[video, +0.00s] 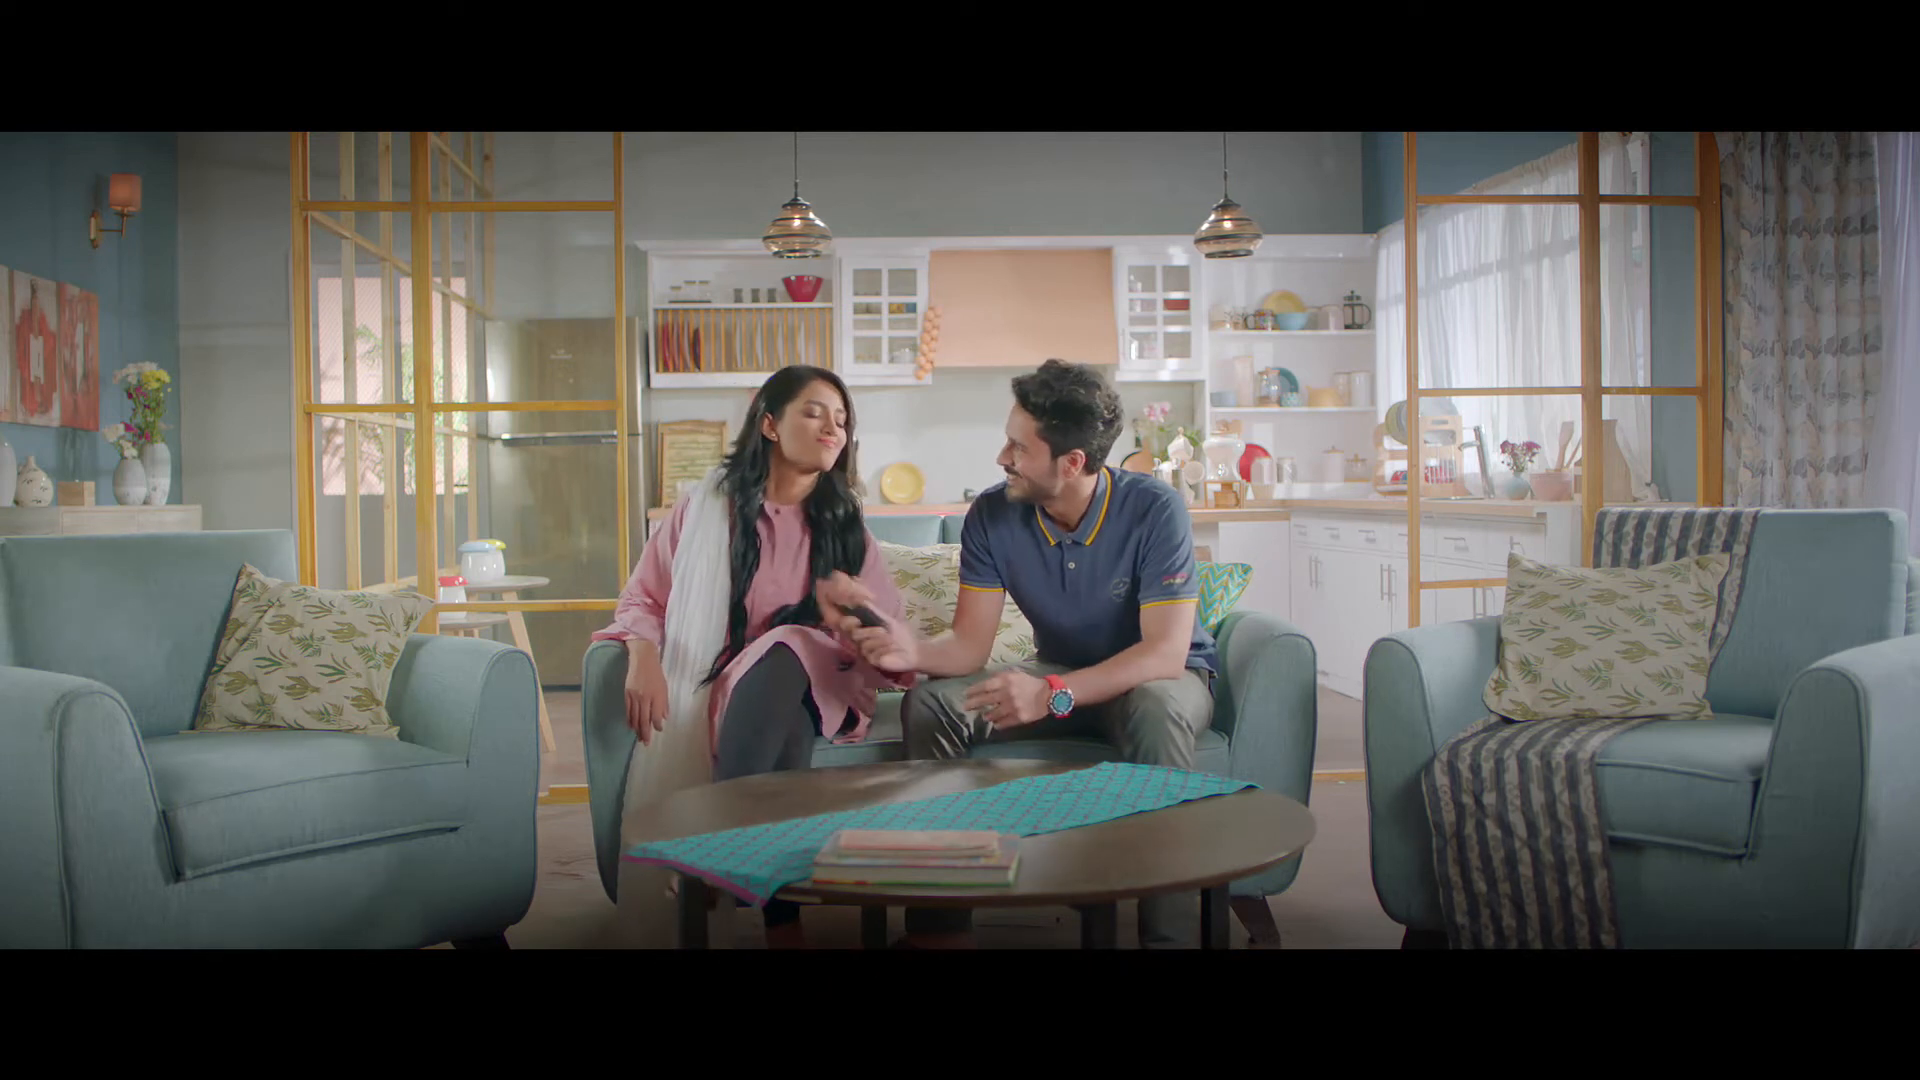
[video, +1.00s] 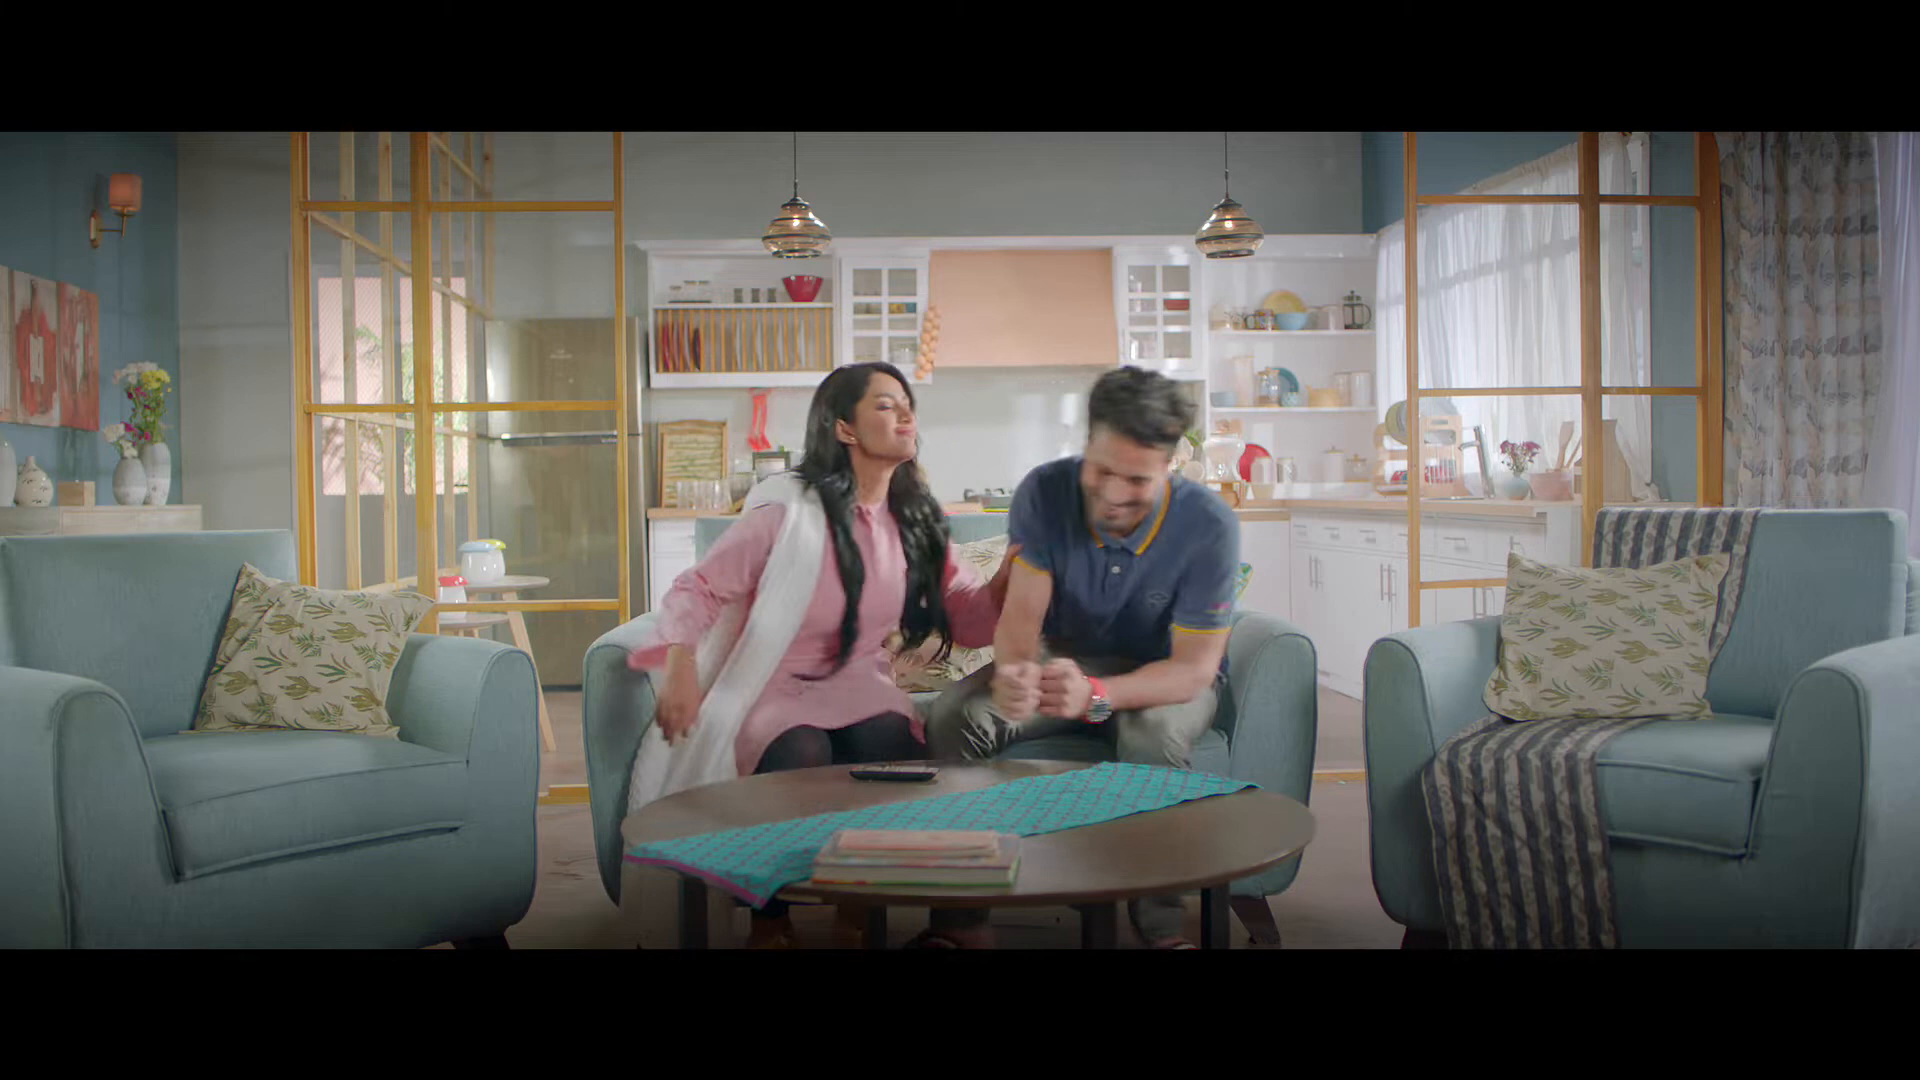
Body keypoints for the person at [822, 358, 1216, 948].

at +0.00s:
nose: (1003, 458)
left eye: (1018, 449)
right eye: (1007, 441)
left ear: (1072, 463)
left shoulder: (1154, 509)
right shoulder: (992, 514)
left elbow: (1166, 654)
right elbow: (969, 642)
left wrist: (1052, 693)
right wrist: (913, 651)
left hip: (1157, 677)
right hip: (1061, 674)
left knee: (1155, 711)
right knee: (929, 703)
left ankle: (1166, 928)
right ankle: (940, 917)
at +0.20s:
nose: (1000, 458)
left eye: (1015, 449)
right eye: (1004, 442)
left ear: (1068, 465)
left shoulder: (1154, 509)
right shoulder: (994, 516)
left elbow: (1164, 655)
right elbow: (969, 643)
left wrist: (1051, 693)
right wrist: (915, 661)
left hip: (1154, 677)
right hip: (1055, 679)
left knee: (1152, 708)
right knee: (928, 706)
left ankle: (1167, 931)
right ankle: (941, 916)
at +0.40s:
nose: (1001, 461)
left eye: (1017, 452)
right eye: (1005, 445)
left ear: (1072, 463)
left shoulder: (1154, 508)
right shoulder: (993, 515)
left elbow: (1165, 656)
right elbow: (969, 644)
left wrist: (1051, 694)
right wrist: (935, 665)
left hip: (1153, 679)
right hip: (1058, 677)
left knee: (1155, 708)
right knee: (930, 707)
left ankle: (1167, 932)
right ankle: (940, 917)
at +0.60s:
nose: (1018, 475)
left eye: (1036, 463)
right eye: (1016, 456)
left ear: (1090, 461)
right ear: (1012, 436)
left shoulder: (1161, 509)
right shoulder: (997, 514)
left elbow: (1165, 656)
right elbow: (972, 645)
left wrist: (1053, 692)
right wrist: (948, 668)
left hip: (1154, 680)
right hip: (1057, 678)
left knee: (1156, 706)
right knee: (929, 708)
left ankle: (1168, 934)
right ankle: (940, 919)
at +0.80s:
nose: (1038, 485)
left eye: (1056, 473)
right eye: (1031, 465)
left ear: (1106, 459)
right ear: (1026, 442)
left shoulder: (1167, 509)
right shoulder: (1008, 508)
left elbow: (1168, 655)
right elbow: (982, 627)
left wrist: (1056, 689)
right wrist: (956, 672)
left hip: (1150, 682)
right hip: (1054, 682)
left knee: (1156, 706)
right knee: (932, 703)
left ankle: (1169, 934)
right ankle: (940, 916)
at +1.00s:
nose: (1117, 495)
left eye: (1138, 479)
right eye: (1103, 471)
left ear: (1169, 467)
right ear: (1085, 448)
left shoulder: (1209, 525)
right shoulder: (1044, 492)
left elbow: (1195, 670)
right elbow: (1021, 612)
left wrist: (1096, 693)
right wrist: (1011, 676)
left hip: (1164, 673)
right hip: (1066, 658)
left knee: (1152, 731)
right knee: (954, 715)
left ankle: (1162, 922)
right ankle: (962, 916)